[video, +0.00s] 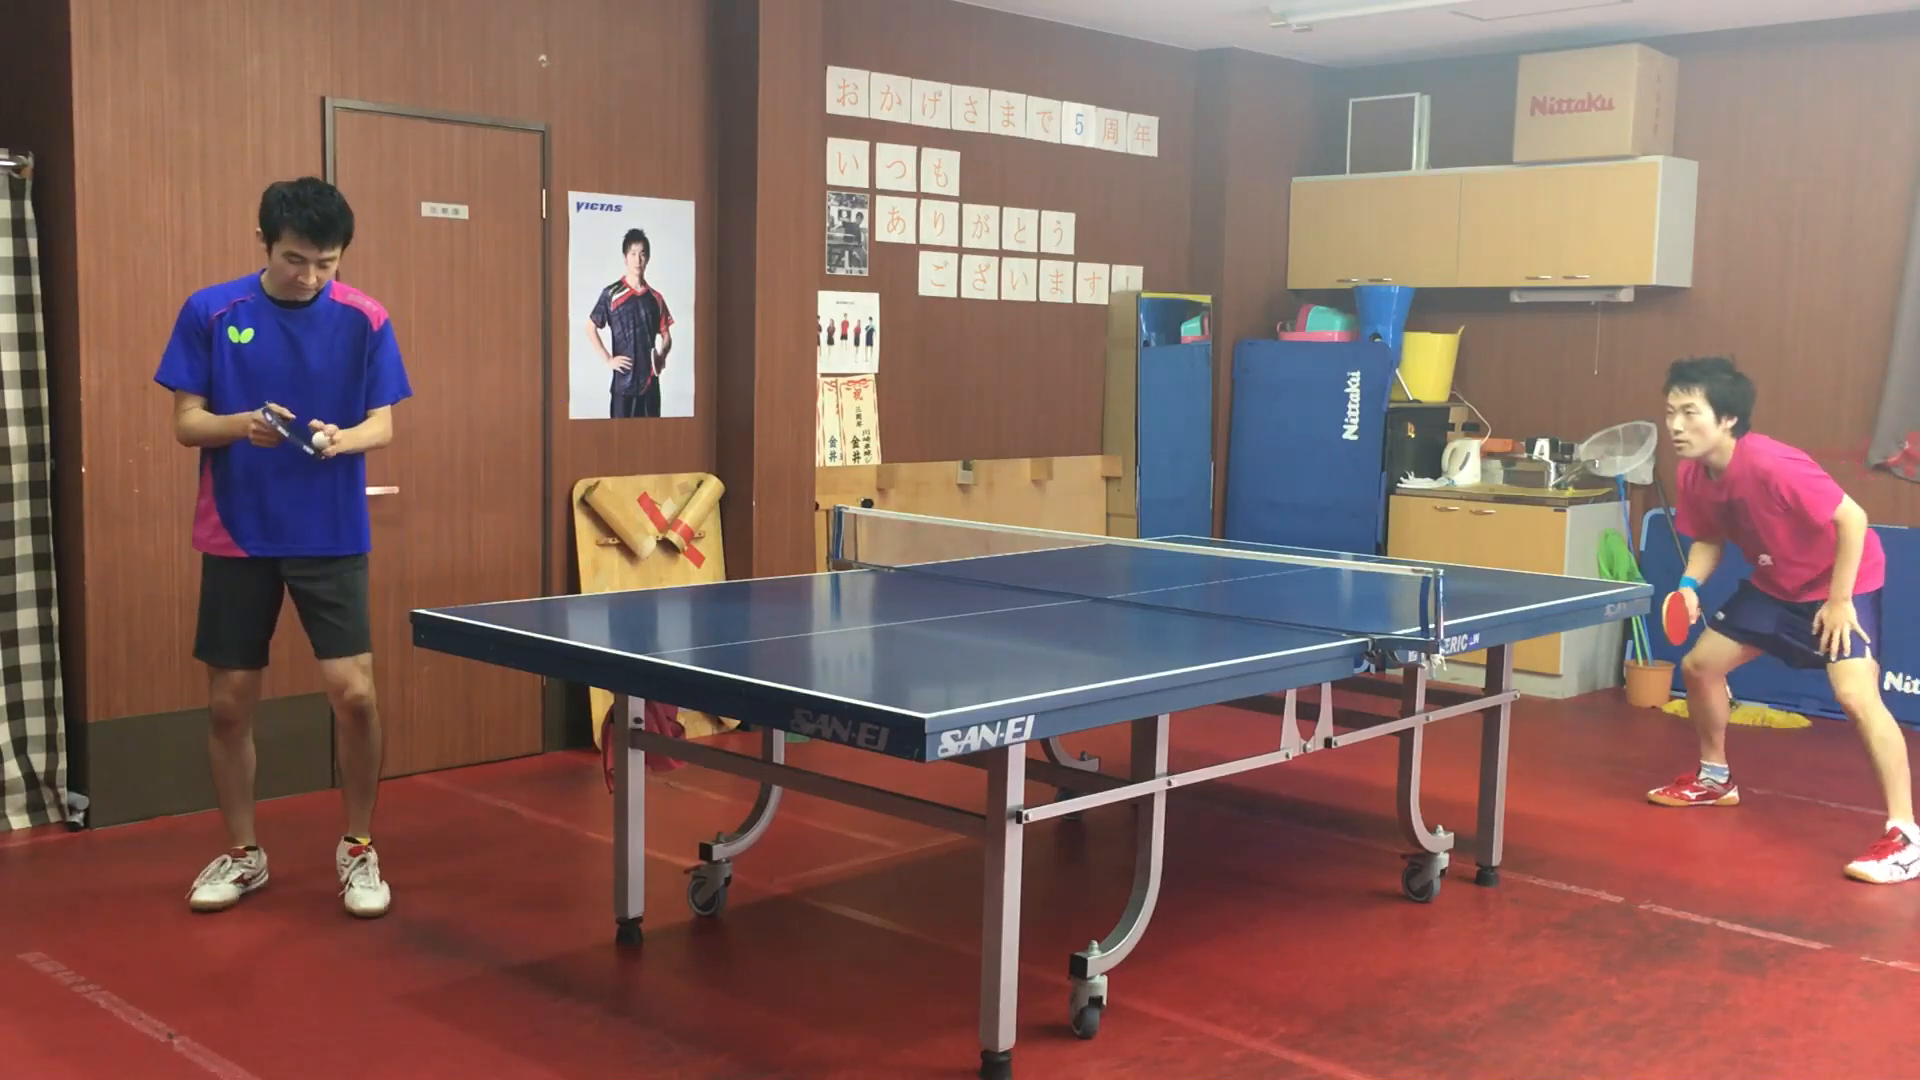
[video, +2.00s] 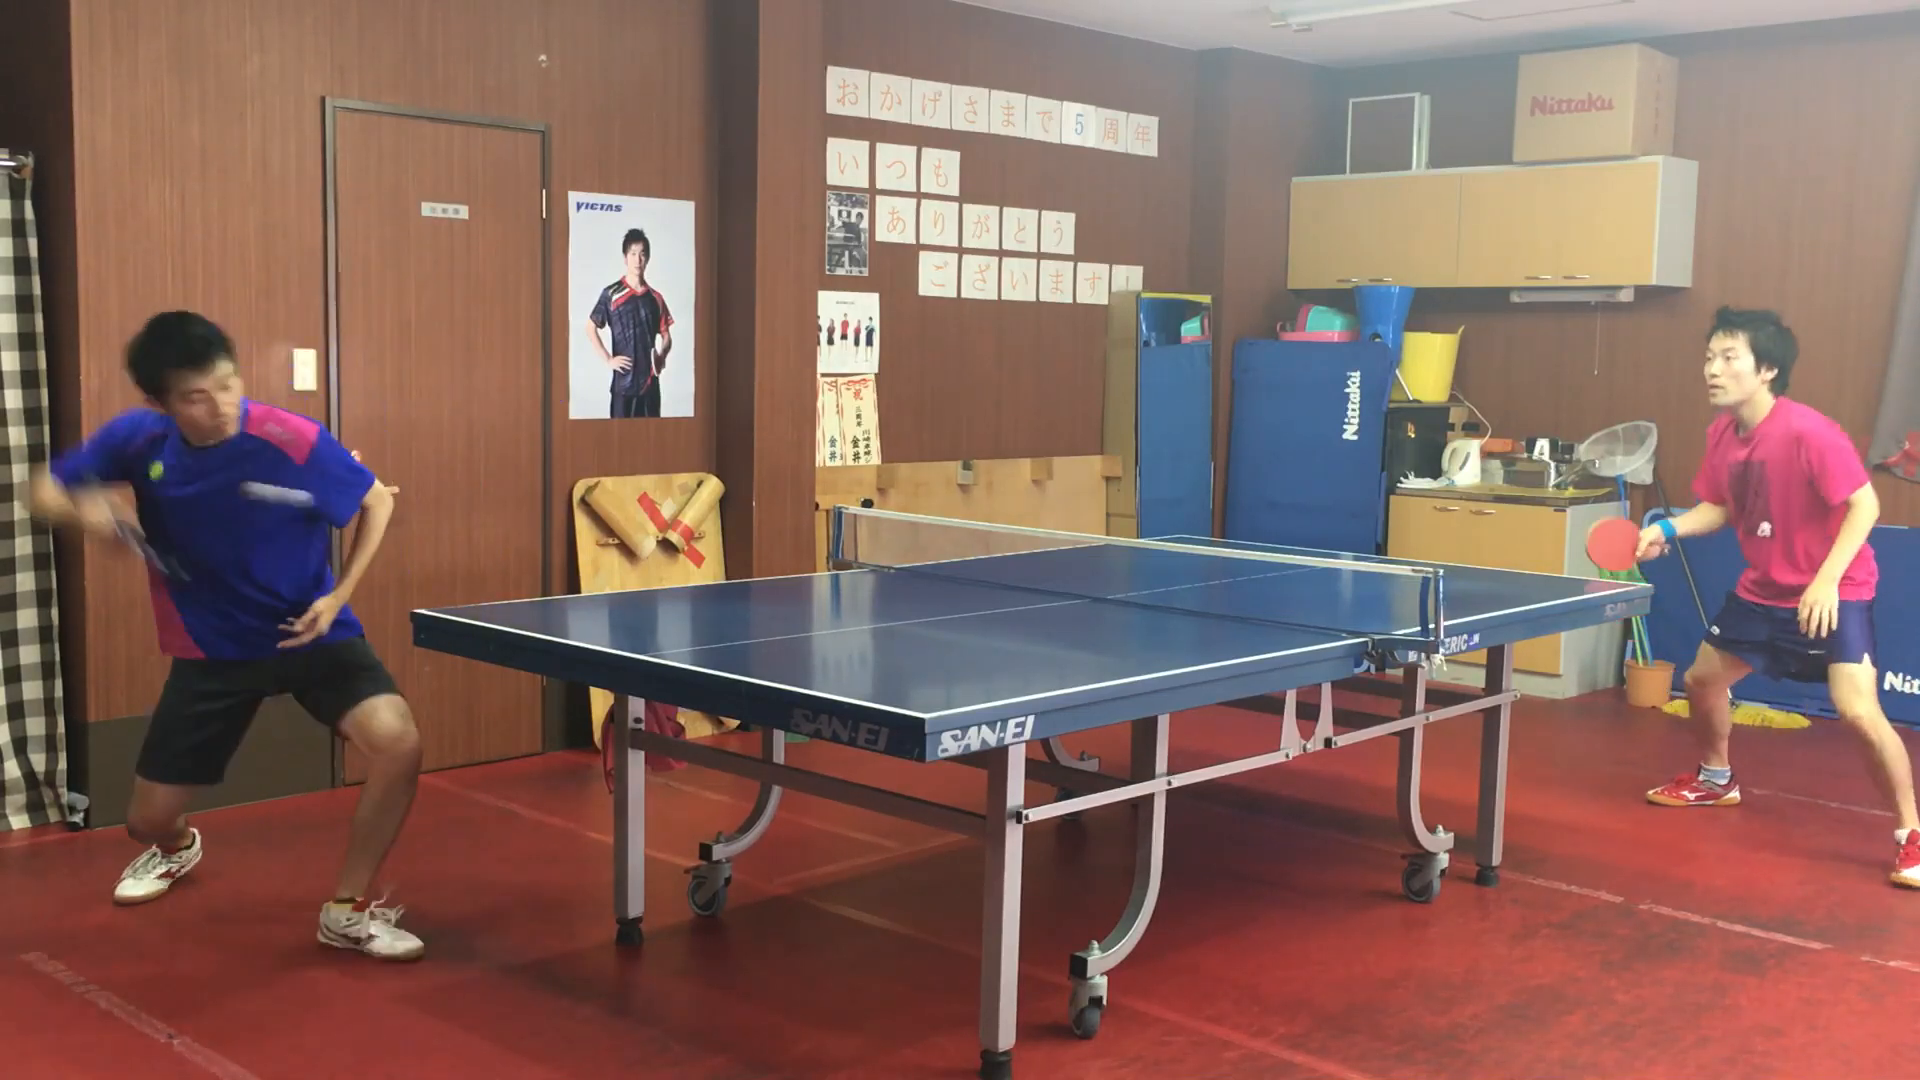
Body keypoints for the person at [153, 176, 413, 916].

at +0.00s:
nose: (309, 278)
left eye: (324, 263)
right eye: (296, 261)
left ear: (340, 253)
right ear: (266, 244)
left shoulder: (364, 319)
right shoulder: (211, 313)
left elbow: (382, 426)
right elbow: (188, 425)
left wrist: (345, 439)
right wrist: (247, 425)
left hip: (332, 546)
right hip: (239, 545)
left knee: (355, 698)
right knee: (229, 707)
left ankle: (358, 848)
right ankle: (244, 853)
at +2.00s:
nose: (218, 407)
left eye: (225, 388)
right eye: (196, 397)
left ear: (238, 374)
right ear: (162, 401)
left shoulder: (290, 439)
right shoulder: (135, 440)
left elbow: (378, 498)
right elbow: (40, 490)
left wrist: (340, 594)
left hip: (313, 638)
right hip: (209, 654)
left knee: (398, 742)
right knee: (150, 817)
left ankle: (348, 907)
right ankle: (178, 849)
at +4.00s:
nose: (380, 360)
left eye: (378, 343)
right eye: (368, 344)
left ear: (317, 357)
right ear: (311, 358)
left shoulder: (350, 427)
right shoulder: (213, 452)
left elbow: (415, 513)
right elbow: (142, 589)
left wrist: (470, 571)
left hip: (253, 657)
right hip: (179, 657)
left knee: (272, 818)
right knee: (261, 843)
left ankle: (204, 921)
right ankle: (157, 1057)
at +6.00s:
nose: (1278, 219)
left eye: (1279, 192)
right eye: (1265, 187)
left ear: (1192, 187)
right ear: (1183, 182)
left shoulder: (1222, 351)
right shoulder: (1052, 326)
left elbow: (1179, 552)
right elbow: (953, 530)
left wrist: (1225, 701)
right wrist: (1101, 669)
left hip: (1196, 762)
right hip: (1068, 769)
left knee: (1275, 1051)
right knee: (1015, 1048)